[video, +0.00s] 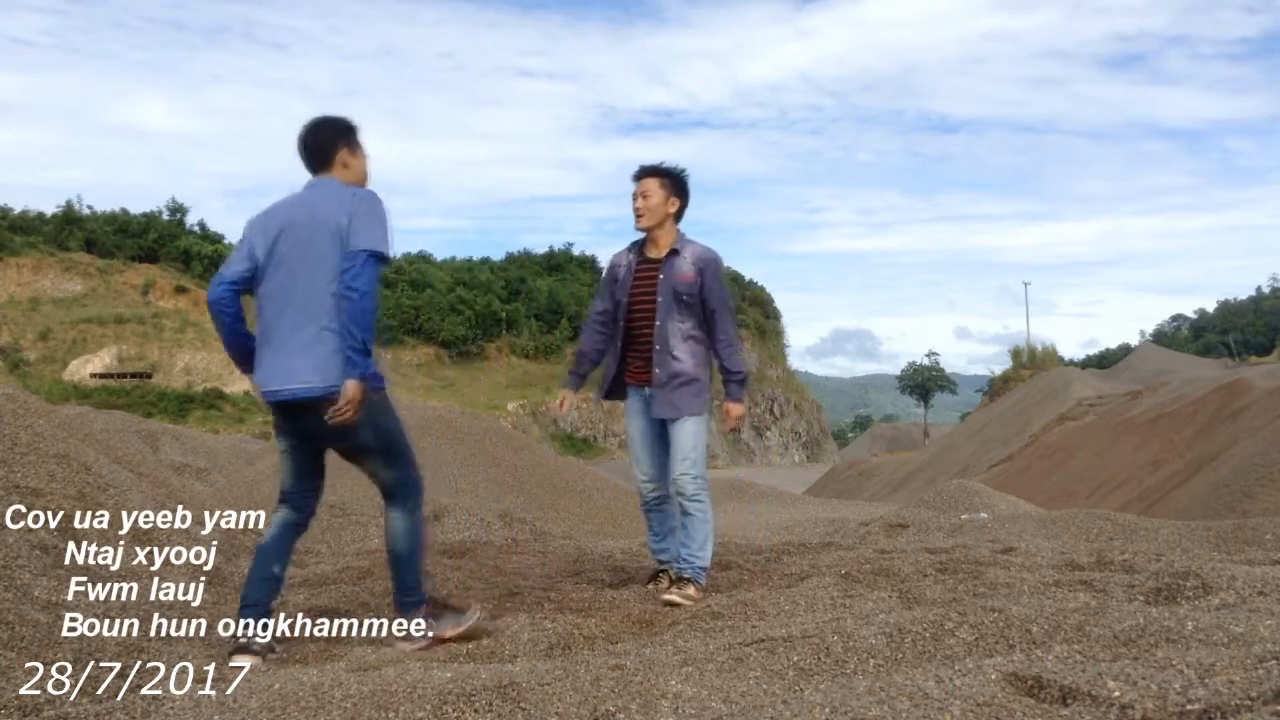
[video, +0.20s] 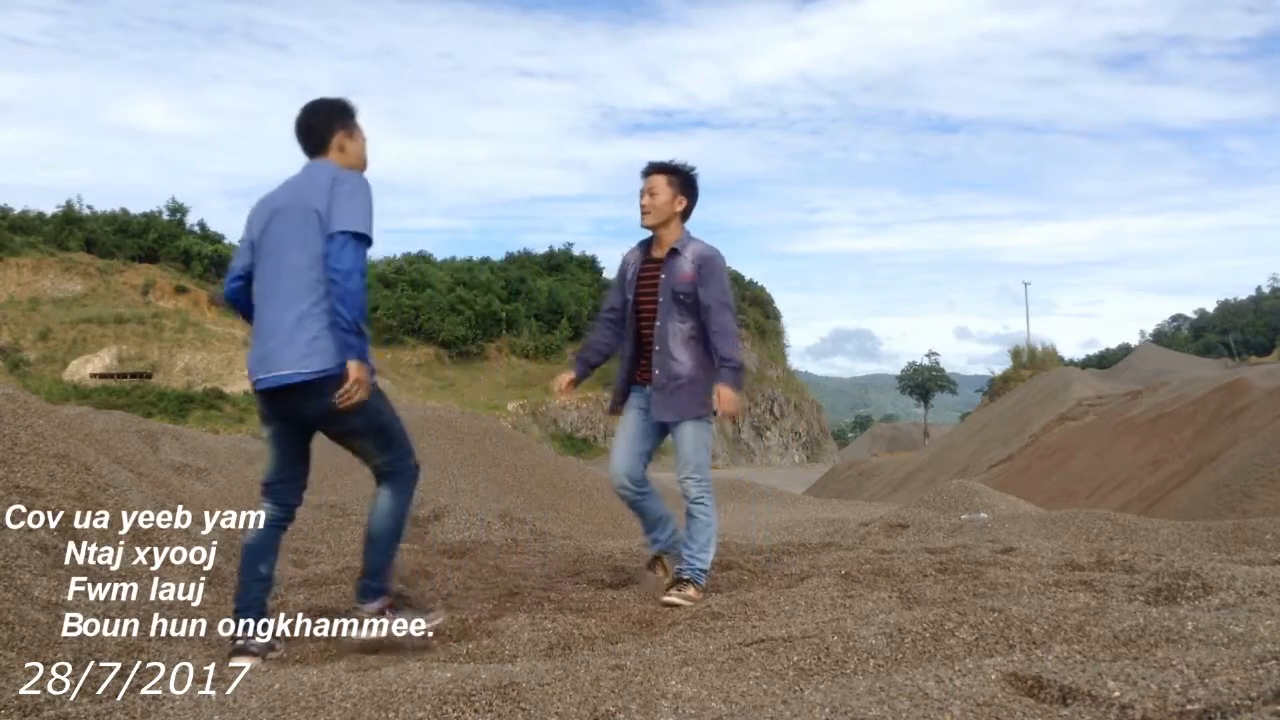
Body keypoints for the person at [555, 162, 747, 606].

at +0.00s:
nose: (636, 204)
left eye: (646, 197)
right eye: (635, 197)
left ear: (674, 204)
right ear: (637, 204)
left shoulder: (701, 261)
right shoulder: (621, 264)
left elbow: (723, 330)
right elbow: (598, 325)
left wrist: (735, 392)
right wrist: (574, 382)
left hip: (685, 391)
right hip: (637, 391)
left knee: (687, 483)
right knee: (650, 486)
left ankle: (691, 576)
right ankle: (666, 567)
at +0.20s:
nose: (643, 201)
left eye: (652, 194)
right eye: (642, 194)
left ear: (680, 203)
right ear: (645, 202)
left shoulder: (703, 259)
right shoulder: (633, 260)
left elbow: (722, 322)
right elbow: (611, 323)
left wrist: (729, 378)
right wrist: (579, 368)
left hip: (689, 391)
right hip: (642, 391)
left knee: (693, 484)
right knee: (625, 474)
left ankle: (693, 577)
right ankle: (669, 543)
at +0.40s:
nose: (640, 198)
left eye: (650, 190)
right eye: (640, 190)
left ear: (678, 200)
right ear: (646, 199)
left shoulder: (700, 253)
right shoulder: (633, 258)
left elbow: (714, 318)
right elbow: (622, 323)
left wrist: (697, 360)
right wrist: (618, 378)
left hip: (686, 389)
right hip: (643, 392)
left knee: (692, 484)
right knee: (631, 481)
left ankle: (692, 578)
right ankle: (652, 568)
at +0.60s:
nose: (640, 192)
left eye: (650, 184)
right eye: (639, 185)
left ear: (678, 194)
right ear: (640, 193)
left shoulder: (699, 248)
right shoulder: (631, 253)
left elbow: (702, 325)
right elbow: (620, 320)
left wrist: (678, 376)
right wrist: (611, 378)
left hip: (684, 385)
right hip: (637, 385)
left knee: (689, 480)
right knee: (634, 479)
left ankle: (691, 575)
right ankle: (649, 569)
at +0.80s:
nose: (645, 193)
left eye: (655, 185)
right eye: (643, 185)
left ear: (683, 194)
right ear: (643, 193)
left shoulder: (703, 251)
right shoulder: (633, 252)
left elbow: (704, 327)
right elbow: (614, 319)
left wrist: (684, 389)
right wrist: (592, 377)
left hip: (684, 389)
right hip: (637, 387)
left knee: (689, 483)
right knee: (634, 481)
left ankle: (691, 576)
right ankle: (648, 569)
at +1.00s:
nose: (650, 199)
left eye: (660, 191)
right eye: (647, 192)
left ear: (687, 199)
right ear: (646, 199)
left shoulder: (709, 258)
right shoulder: (638, 258)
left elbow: (715, 332)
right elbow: (619, 326)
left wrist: (703, 392)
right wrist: (600, 385)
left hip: (686, 393)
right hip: (641, 392)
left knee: (692, 488)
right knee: (634, 485)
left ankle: (693, 577)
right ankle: (650, 571)